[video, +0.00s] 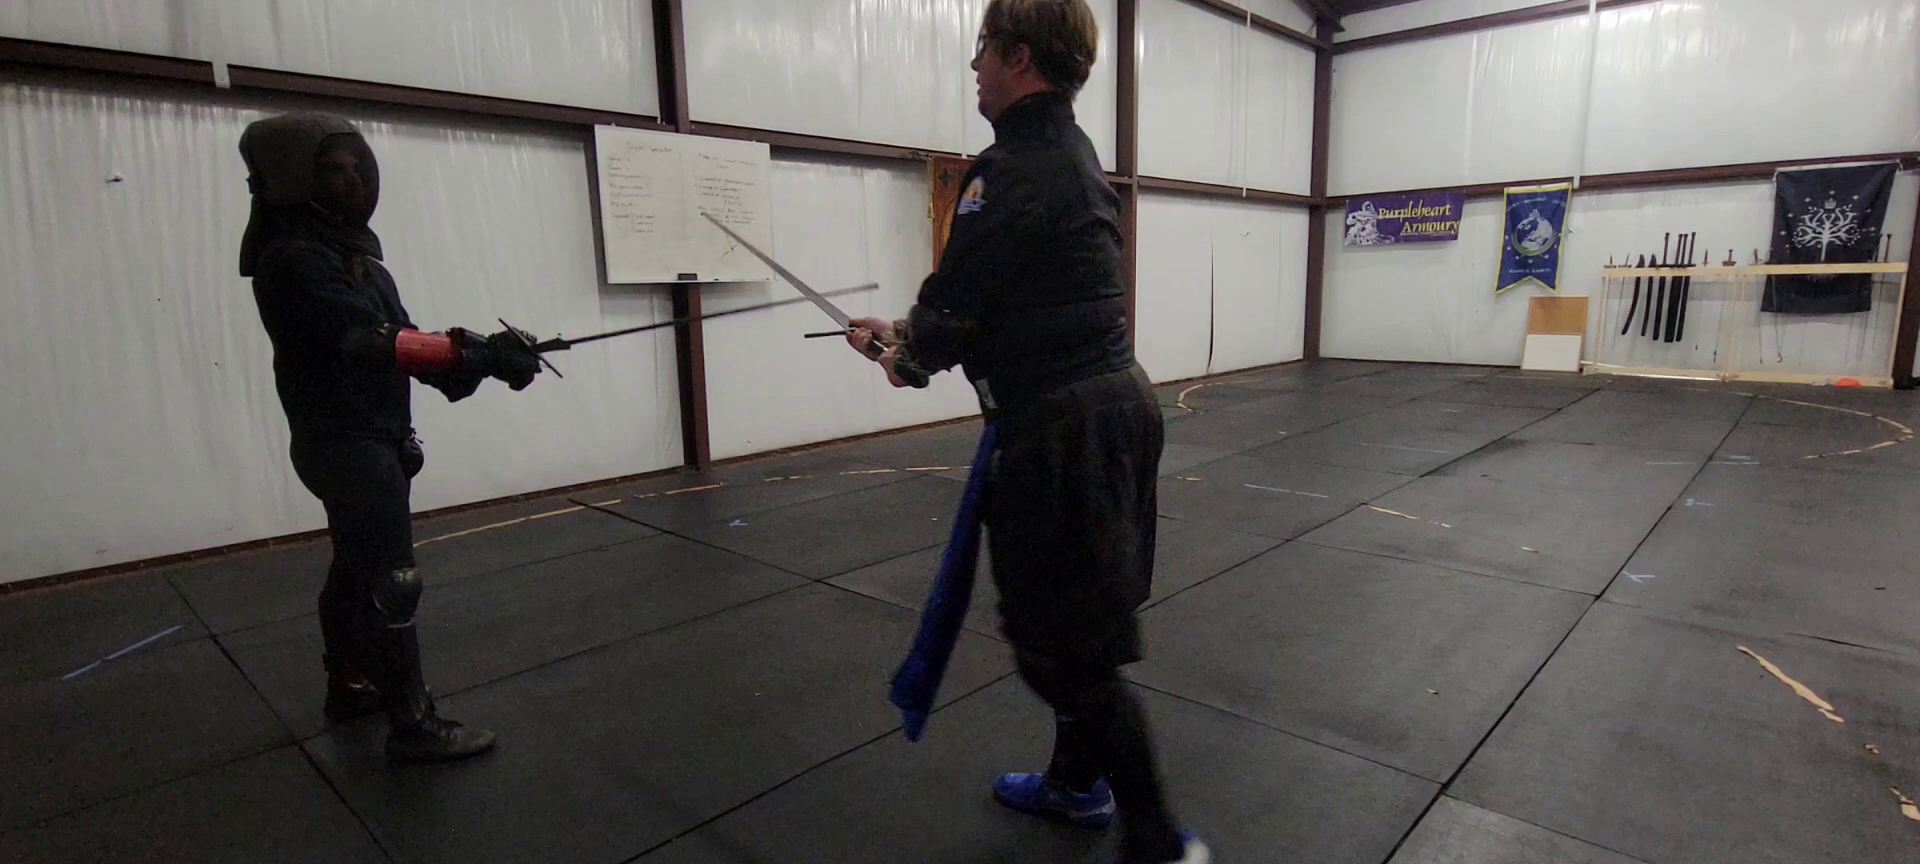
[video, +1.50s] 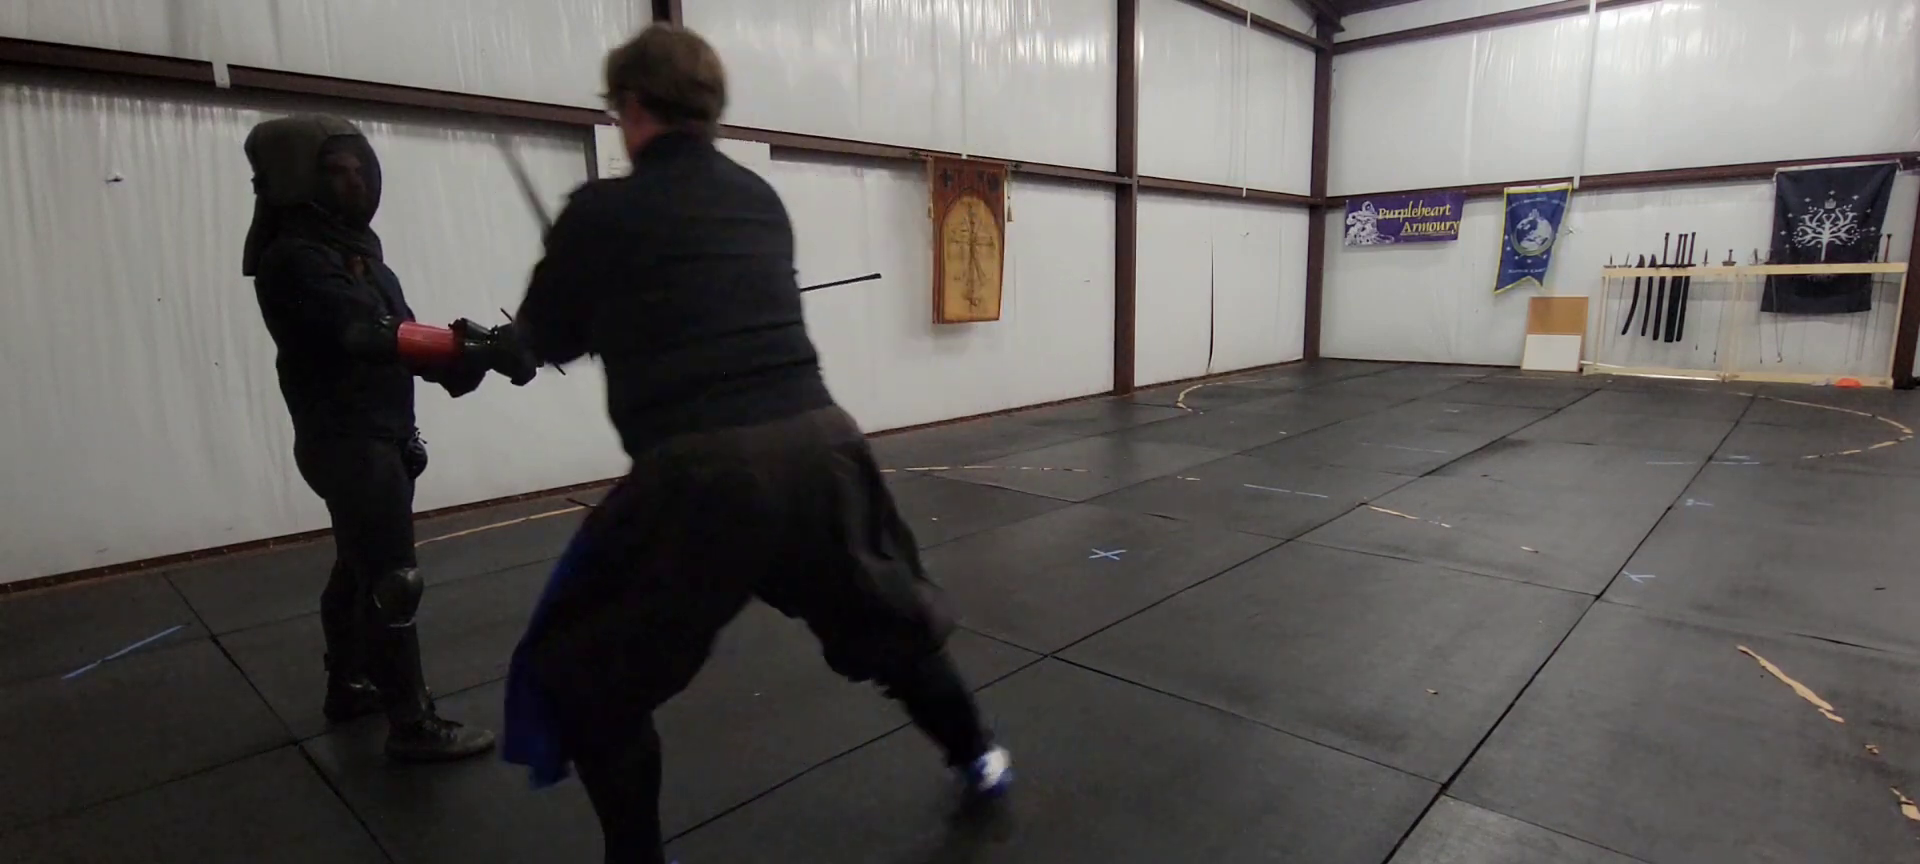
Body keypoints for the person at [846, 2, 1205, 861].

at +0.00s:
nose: (974, 68)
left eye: (986, 54)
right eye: (979, 52)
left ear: (1024, 65)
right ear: (1044, 69)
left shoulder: (1010, 170)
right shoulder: (1072, 153)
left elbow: (956, 306)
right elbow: (1003, 291)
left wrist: (912, 356)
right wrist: (906, 331)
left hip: (1062, 423)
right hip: (1119, 402)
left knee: (1068, 634)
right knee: (1077, 603)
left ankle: (1157, 840)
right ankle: (1075, 785)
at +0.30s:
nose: (1014, 93)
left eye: (1024, 76)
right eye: (1018, 76)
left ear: (1065, 83)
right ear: (1077, 86)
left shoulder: (1085, 190)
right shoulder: (1086, 179)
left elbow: (1039, 340)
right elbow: (1035, 320)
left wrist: (971, 380)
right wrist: (944, 353)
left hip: (1152, 451)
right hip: (1125, 442)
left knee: (1196, 657)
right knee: (1041, 583)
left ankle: (1289, 837)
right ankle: (1071, 774)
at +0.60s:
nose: (1010, 103)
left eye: (1019, 88)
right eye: (1013, 87)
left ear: (1058, 96)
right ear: (1076, 99)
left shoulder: (1052, 198)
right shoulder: (1103, 181)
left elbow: (989, 347)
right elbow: (1024, 307)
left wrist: (925, 361)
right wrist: (928, 336)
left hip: (1120, 451)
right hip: (1157, 426)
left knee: (1191, 648)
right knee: (1045, 583)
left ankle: (1287, 836)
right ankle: (1059, 751)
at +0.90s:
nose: (927, 112)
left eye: (938, 98)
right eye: (932, 98)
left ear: (977, 111)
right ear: (998, 117)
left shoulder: (951, 213)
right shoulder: (1036, 195)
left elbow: (880, 353)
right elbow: (1018, 301)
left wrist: (871, 349)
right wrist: (924, 326)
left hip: (1027, 444)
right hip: (1098, 420)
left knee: (978, 658)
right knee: (1047, 604)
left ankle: (1166, 809)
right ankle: (1058, 753)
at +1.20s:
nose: (817, 123)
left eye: (826, 111)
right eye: (821, 109)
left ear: (865, 122)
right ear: (883, 123)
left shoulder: (845, 215)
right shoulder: (915, 199)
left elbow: (738, 306)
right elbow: (795, 277)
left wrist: (675, 286)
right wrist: (700, 275)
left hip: (904, 470)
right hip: (989, 444)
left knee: (786, 636)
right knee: (965, 608)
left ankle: (688, 848)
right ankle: (1059, 751)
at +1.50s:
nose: (616, 119)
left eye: (618, 106)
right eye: (617, 106)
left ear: (635, 109)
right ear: (711, 109)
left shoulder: (599, 212)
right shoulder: (757, 195)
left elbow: (546, 335)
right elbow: (723, 299)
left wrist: (625, 278)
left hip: (695, 479)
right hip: (817, 453)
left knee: (598, 672)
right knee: (886, 617)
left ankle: (635, 847)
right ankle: (978, 762)